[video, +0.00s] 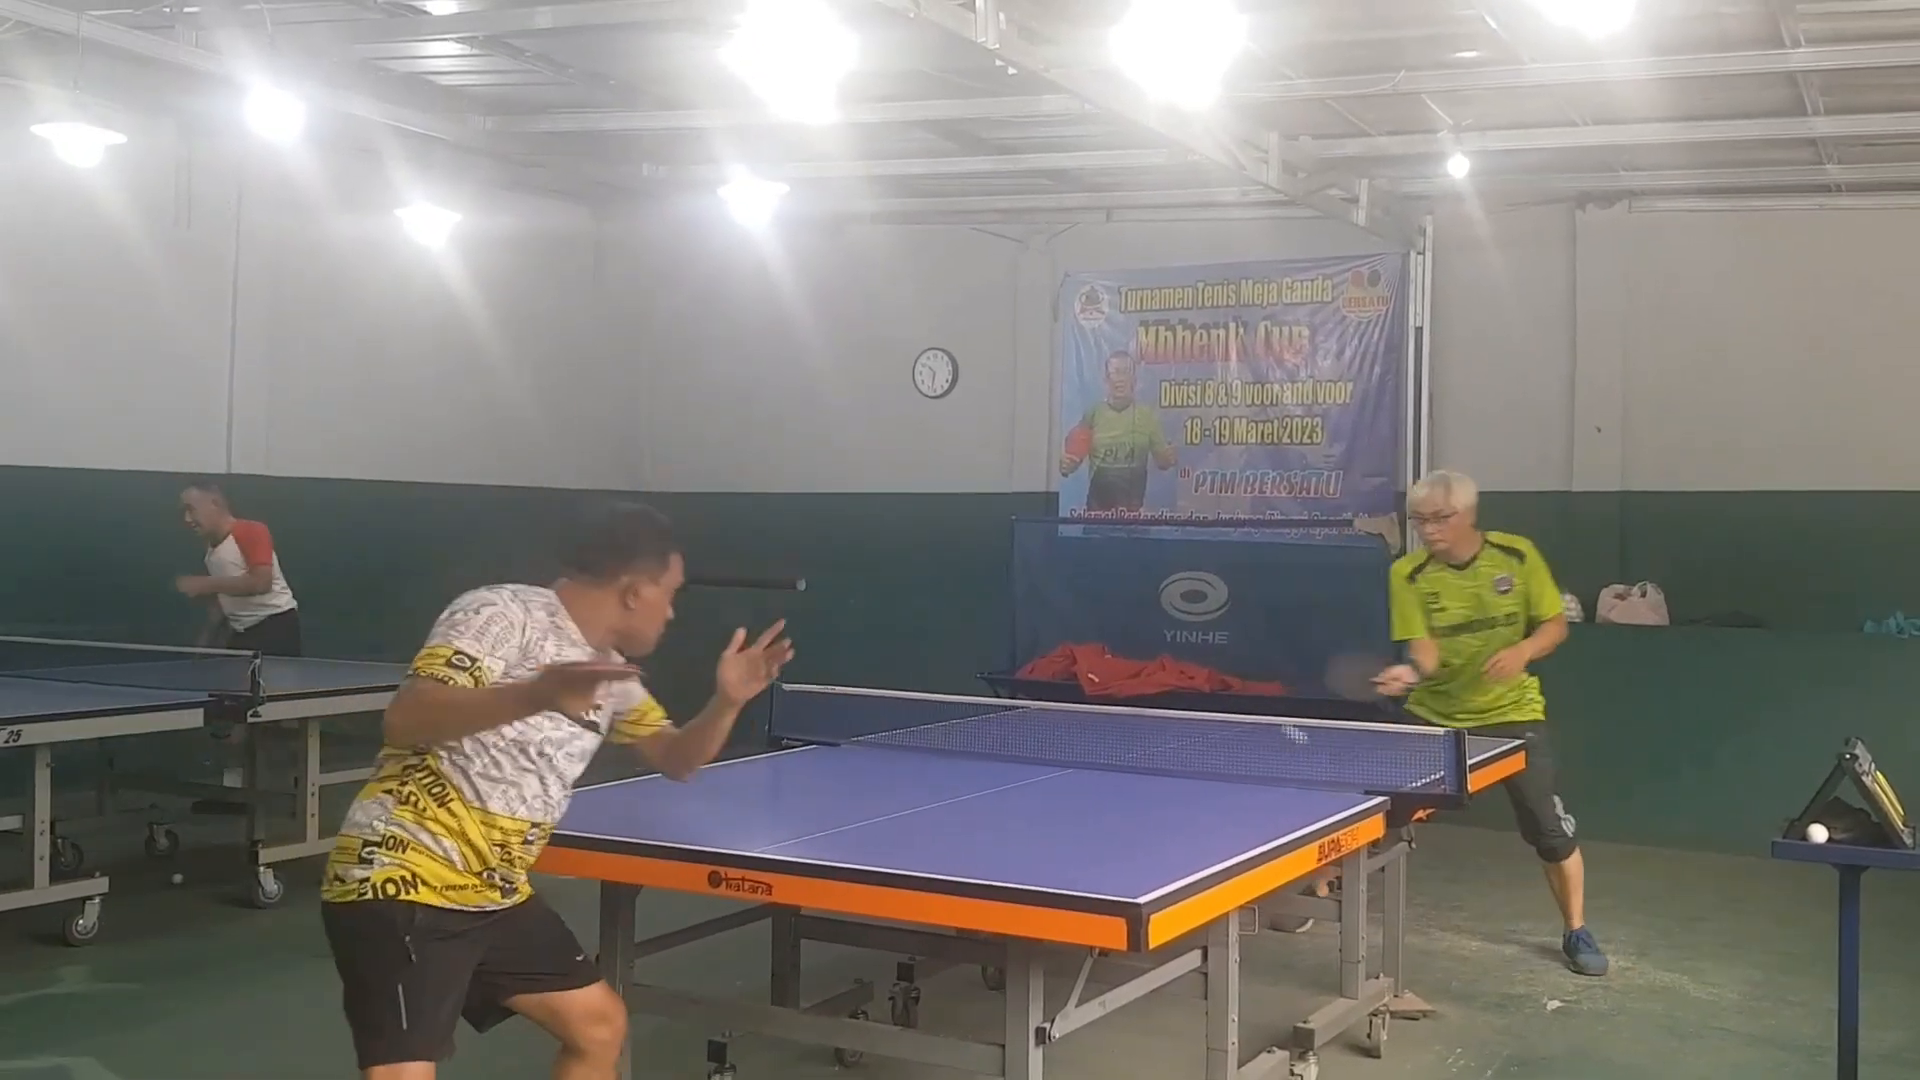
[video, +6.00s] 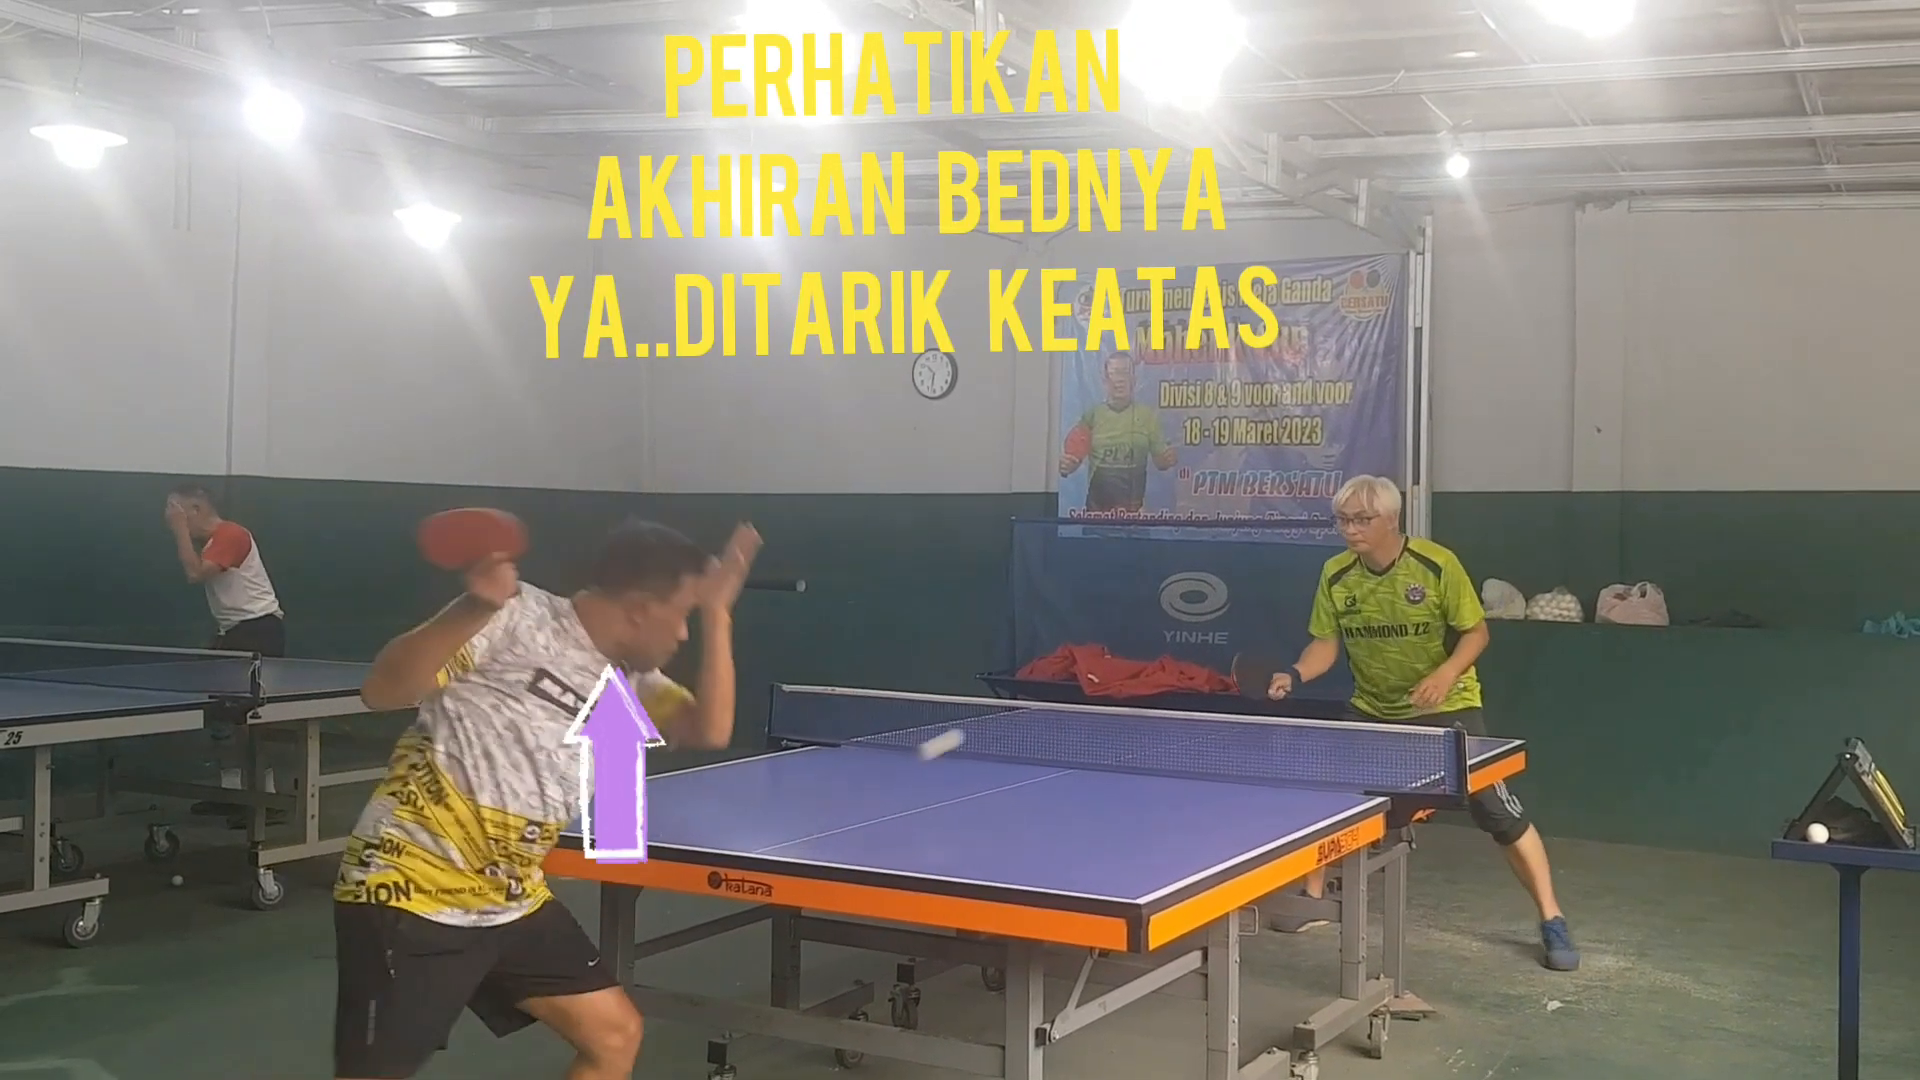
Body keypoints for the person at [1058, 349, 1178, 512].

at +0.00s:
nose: (1119, 379)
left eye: (1125, 373)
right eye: (1114, 373)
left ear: (1134, 378)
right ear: (1106, 378)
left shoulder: (1146, 416)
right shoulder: (1094, 414)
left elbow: (1161, 460)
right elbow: (1077, 448)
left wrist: (1168, 457)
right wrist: (1067, 464)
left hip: (1132, 500)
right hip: (1099, 500)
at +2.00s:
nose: (1124, 375)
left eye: (1130, 369)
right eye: (1118, 369)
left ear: (1139, 374)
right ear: (1111, 374)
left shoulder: (1153, 411)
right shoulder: (1098, 412)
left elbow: (1165, 456)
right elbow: (1082, 444)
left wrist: (1173, 454)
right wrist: (1072, 460)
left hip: (1137, 499)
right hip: (1103, 499)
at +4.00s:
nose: (1117, 382)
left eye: (1122, 375)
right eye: (1111, 375)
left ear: (1132, 380)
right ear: (1103, 381)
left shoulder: (1145, 417)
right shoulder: (1091, 417)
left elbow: (1158, 461)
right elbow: (1074, 449)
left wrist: (1165, 461)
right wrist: (1065, 466)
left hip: (1130, 504)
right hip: (1095, 505)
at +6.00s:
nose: (1119, 380)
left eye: (1125, 373)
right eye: (1112, 374)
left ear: (1134, 379)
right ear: (1104, 379)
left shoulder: (1146, 416)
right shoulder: (1093, 416)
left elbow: (1160, 460)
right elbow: (1076, 448)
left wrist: (1167, 458)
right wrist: (1066, 465)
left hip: (1133, 504)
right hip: (1098, 505)